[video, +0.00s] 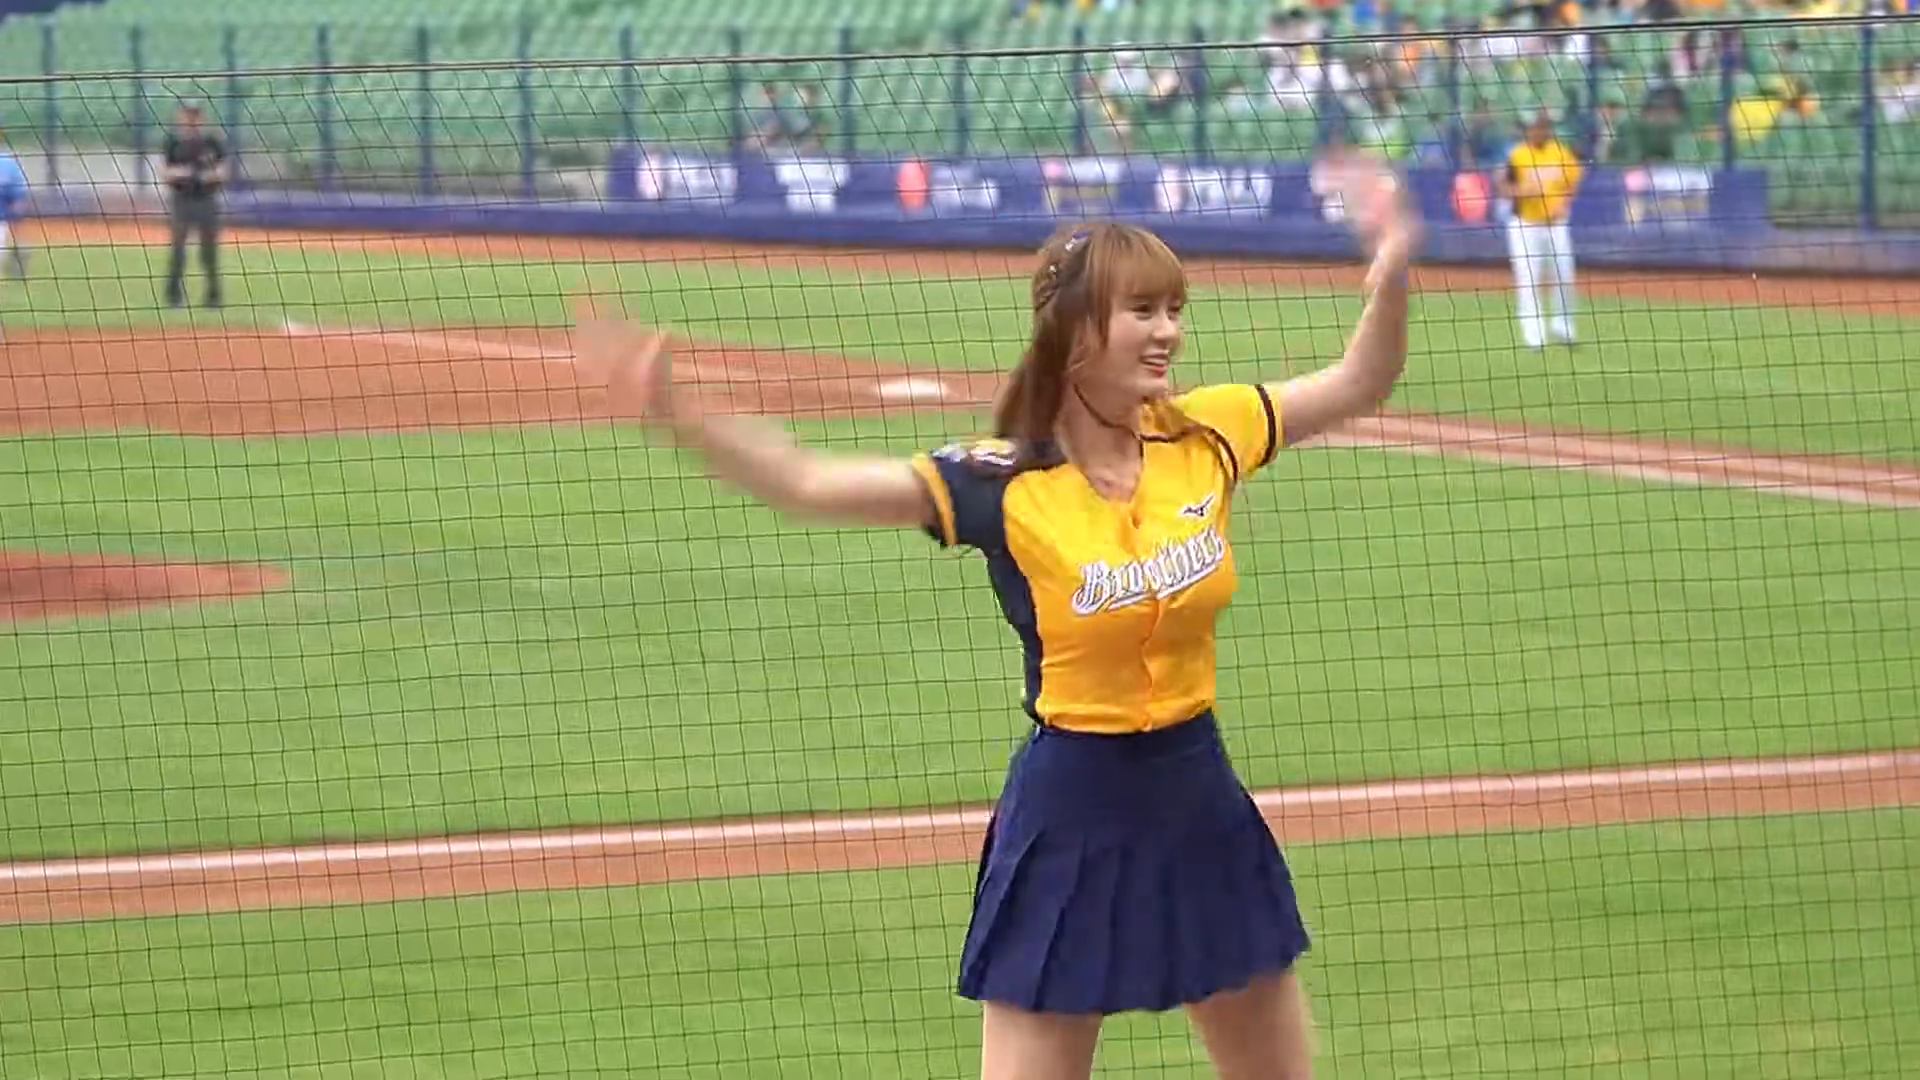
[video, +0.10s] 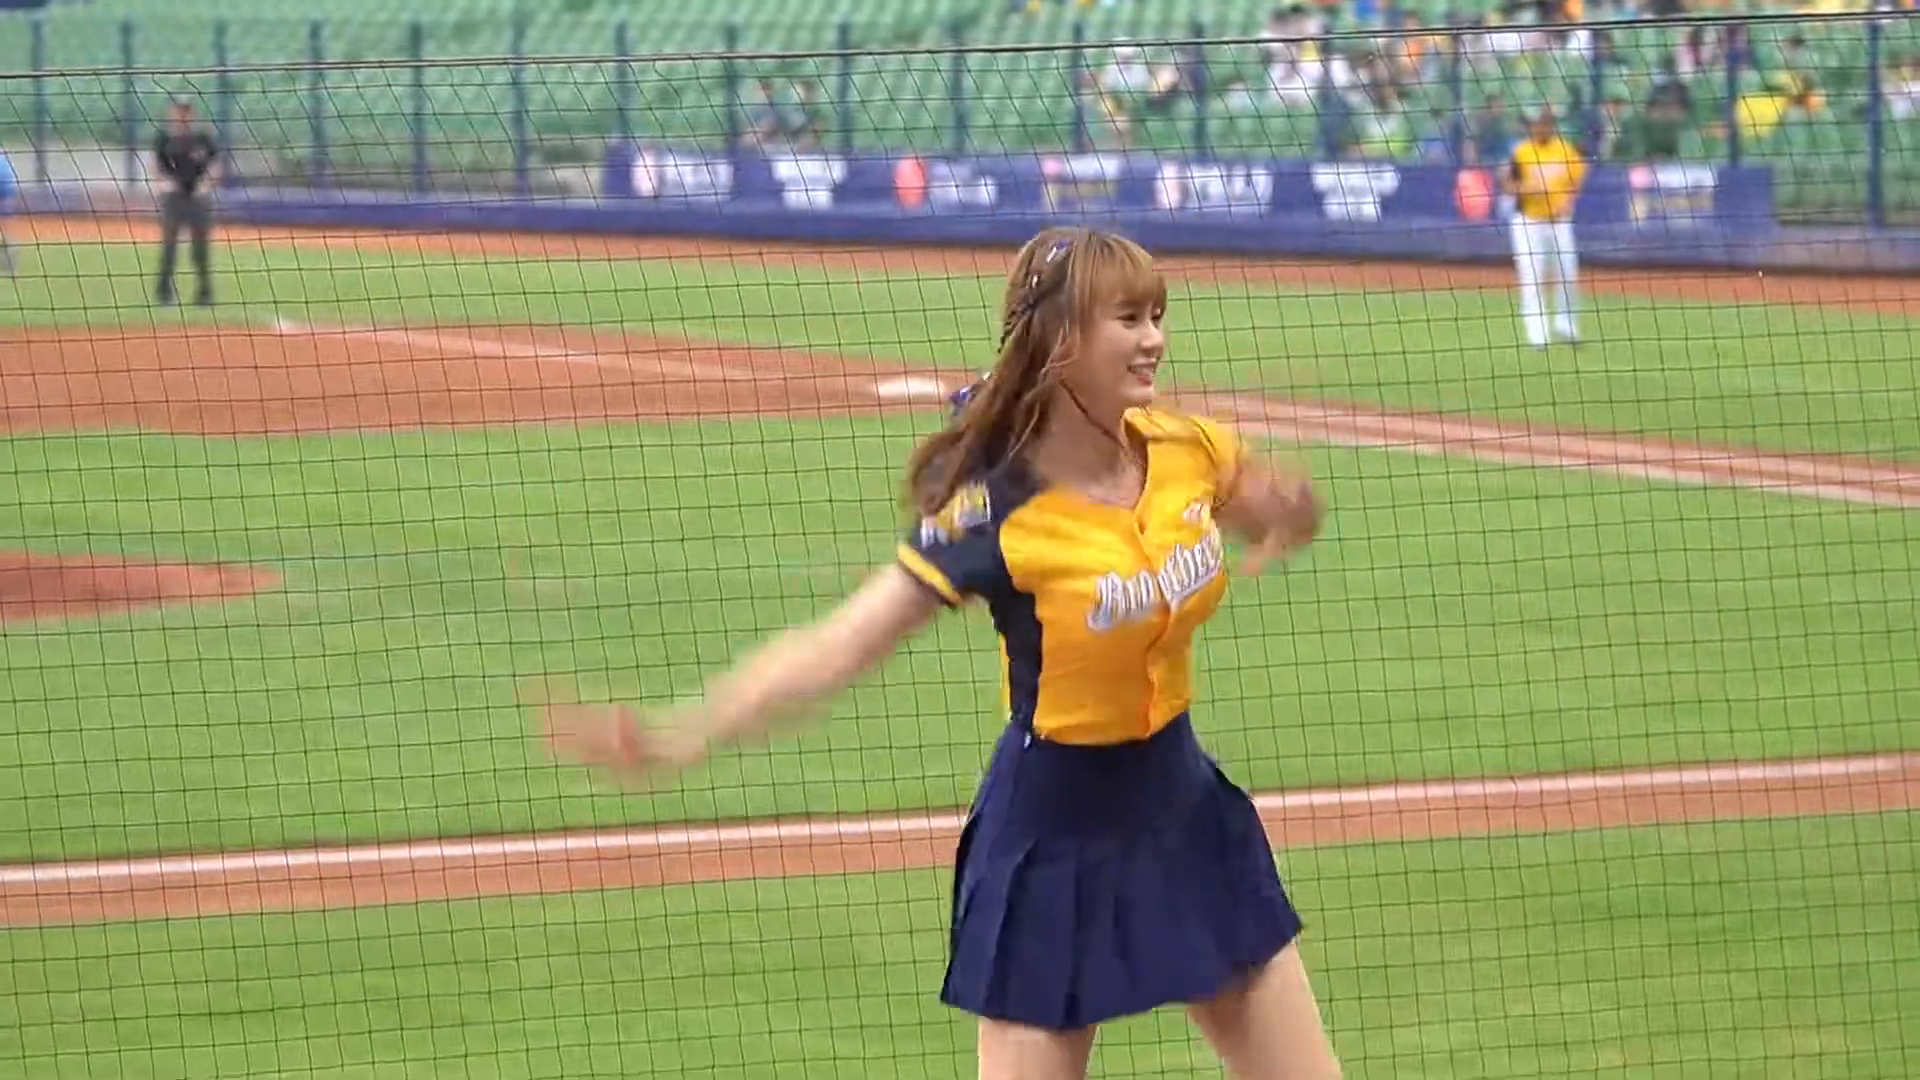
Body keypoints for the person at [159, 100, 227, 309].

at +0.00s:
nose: (191, 127)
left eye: (195, 122)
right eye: (187, 123)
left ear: (201, 122)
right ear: (179, 123)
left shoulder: (211, 144)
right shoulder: (173, 144)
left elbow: (224, 171)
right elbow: (165, 173)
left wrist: (206, 176)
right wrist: (186, 172)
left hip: (207, 202)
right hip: (182, 202)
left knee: (209, 252)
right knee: (177, 250)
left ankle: (213, 293)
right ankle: (174, 293)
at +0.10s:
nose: (182, 123)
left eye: (186, 118)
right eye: (178, 118)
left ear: (192, 118)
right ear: (170, 118)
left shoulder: (202, 140)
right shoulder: (163, 142)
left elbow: (216, 167)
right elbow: (156, 170)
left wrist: (206, 184)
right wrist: (166, 184)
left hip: (198, 196)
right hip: (173, 196)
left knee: (201, 249)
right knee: (169, 246)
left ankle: (204, 291)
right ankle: (165, 290)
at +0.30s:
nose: (154, 111)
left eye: (158, 107)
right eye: (150, 106)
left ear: (163, 108)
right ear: (143, 106)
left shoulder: (173, 131)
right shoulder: (133, 132)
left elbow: (187, 159)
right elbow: (125, 163)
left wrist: (181, 183)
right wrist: (133, 186)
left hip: (169, 190)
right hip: (143, 190)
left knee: (171, 243)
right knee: (139, 242)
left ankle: (176, 285)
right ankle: (135, 285)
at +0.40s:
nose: (137, 112)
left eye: (141, 107)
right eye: (133, 107)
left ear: (146, 108)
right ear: (127, 108)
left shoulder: (156, 131)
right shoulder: (117, 132)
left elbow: (172, 155)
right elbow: (110, 162)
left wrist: (167, 179)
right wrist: (113, 185)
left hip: (152, 189)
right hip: (126, 190)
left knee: (154, 243)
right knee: (123, 242)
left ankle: (161, 286)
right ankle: (118, 286)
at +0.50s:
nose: (123, 113)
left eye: (127, 108)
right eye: (119, 108)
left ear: (133, 108)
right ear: (112, 107)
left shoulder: (142, 127)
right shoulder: (103, 128)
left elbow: (160, 150)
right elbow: (90, 154)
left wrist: (155, 176)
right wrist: (98, 181)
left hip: (138, 188)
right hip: (112, 188)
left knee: (140, 240)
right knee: (110, 240)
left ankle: (148, 284)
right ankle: (106, 285)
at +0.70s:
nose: (99, 106)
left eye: (102, 101)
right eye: (95, 101)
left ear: (108, 101)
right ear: (88, 101)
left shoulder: (116, 119)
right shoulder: (78, 119)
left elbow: (137, 140)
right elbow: (63, 142)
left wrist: (135, 163)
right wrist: (71, 165)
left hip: (113, 179)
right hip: (88, 179)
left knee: (118, 231)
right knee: (87, 231)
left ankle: (125, 277)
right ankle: (83, 277)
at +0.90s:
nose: (74, 99)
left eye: (78, 94)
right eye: (71, 94)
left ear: (84, 95)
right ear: (64, 94)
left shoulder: (93, 113)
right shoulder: (56, 114)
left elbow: (112, 133)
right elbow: (39, 136)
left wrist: (113, 155)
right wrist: (48, 159)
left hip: (89, 174)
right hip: (65, 174)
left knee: (93, 225)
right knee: (63, 225)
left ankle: (100, 272)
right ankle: (60, 273)